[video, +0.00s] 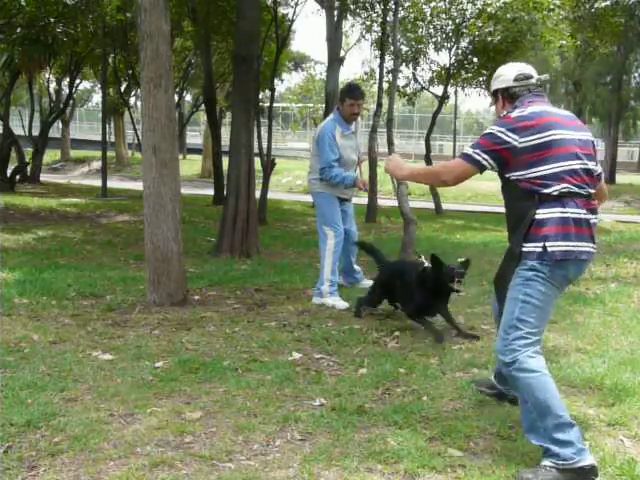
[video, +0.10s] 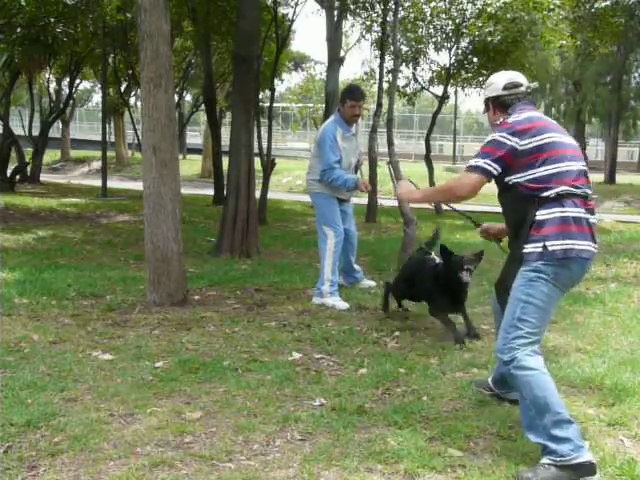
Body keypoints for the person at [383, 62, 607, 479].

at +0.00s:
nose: (494, 109)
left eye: (494, 103)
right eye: (493, 103)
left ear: (504, 97)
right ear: (536, 92)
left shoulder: (511, 125)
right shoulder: (576, 124)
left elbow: (452, 173)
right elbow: (599, 193)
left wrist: (405, 172)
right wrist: (562, 217)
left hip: (546, 245)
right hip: (579, 244)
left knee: (516, 350)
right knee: (507, 300)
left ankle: (569, 456)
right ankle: (509, 382)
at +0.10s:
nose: (487, 117)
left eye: (487, 110)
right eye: (487, 110)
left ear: (496, 107)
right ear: (524, 101)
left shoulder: (510, 130)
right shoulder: (551, 128)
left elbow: (466, 187)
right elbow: (561, 200)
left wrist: (416, 195)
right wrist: (509, 228)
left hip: (551, 247)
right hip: (577, 245)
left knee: (516, 350)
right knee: (506, 294)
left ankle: (568, 453)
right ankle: (505, 383)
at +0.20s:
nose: (478, 139)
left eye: (478, 131)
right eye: (478, 132)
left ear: (487, 127)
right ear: (510, 121)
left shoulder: (510, 139)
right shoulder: (525, 138)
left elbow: (507, 197)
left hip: (569, 246)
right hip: (554, 245)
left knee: (517, 339)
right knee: (498, 303)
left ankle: (564, 449)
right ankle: (503, 383)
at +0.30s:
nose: (470, 151)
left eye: (470, 143)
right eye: (468, 144)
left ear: (480, 137)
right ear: (489, 139)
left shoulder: (514, 143)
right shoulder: (498, 175)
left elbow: (551, 184)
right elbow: (483, 232)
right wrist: (451, 264)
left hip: (580, 249)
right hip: (550, 253)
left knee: (531, 341)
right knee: (498, 307)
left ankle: (589, 452)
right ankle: (506, 385)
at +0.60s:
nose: (480, 136)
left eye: (479, 126)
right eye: (479, 127)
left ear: (490, 121)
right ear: (502, 119)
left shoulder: (525, 132)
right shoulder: (519, 152)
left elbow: (558, 177)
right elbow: (543, 228)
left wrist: (533, 246)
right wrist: (505, 265)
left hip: (593, 249)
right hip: (566, 251)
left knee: (558, 360)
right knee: (527, 317)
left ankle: (622, 461)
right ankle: (511, 385)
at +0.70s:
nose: (482, 130)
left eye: (481, 120)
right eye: (480, 121)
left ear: (494, 114)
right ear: (513, 109)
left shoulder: (524, 132)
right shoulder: (539, 129)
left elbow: (535, 185)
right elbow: (566, 197)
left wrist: (499, 245)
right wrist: (535, 252)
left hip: (589, 248)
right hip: (565, 246)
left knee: (556, 360)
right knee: (522, 312)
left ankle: (622, 461)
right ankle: (510, 384)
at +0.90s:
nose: (478, 128)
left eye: (477, 120)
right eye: (477, 120)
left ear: (490, 115)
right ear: (514, 109)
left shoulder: (509, 136)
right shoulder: (544, 131)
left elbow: (485, 207)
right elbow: (570, 193)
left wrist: (445, 243)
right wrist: (534, 246)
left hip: (565, 248)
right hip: (578, 243)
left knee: (530, 353)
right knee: (510, 305)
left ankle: (611, 452)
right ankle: (506, 384)